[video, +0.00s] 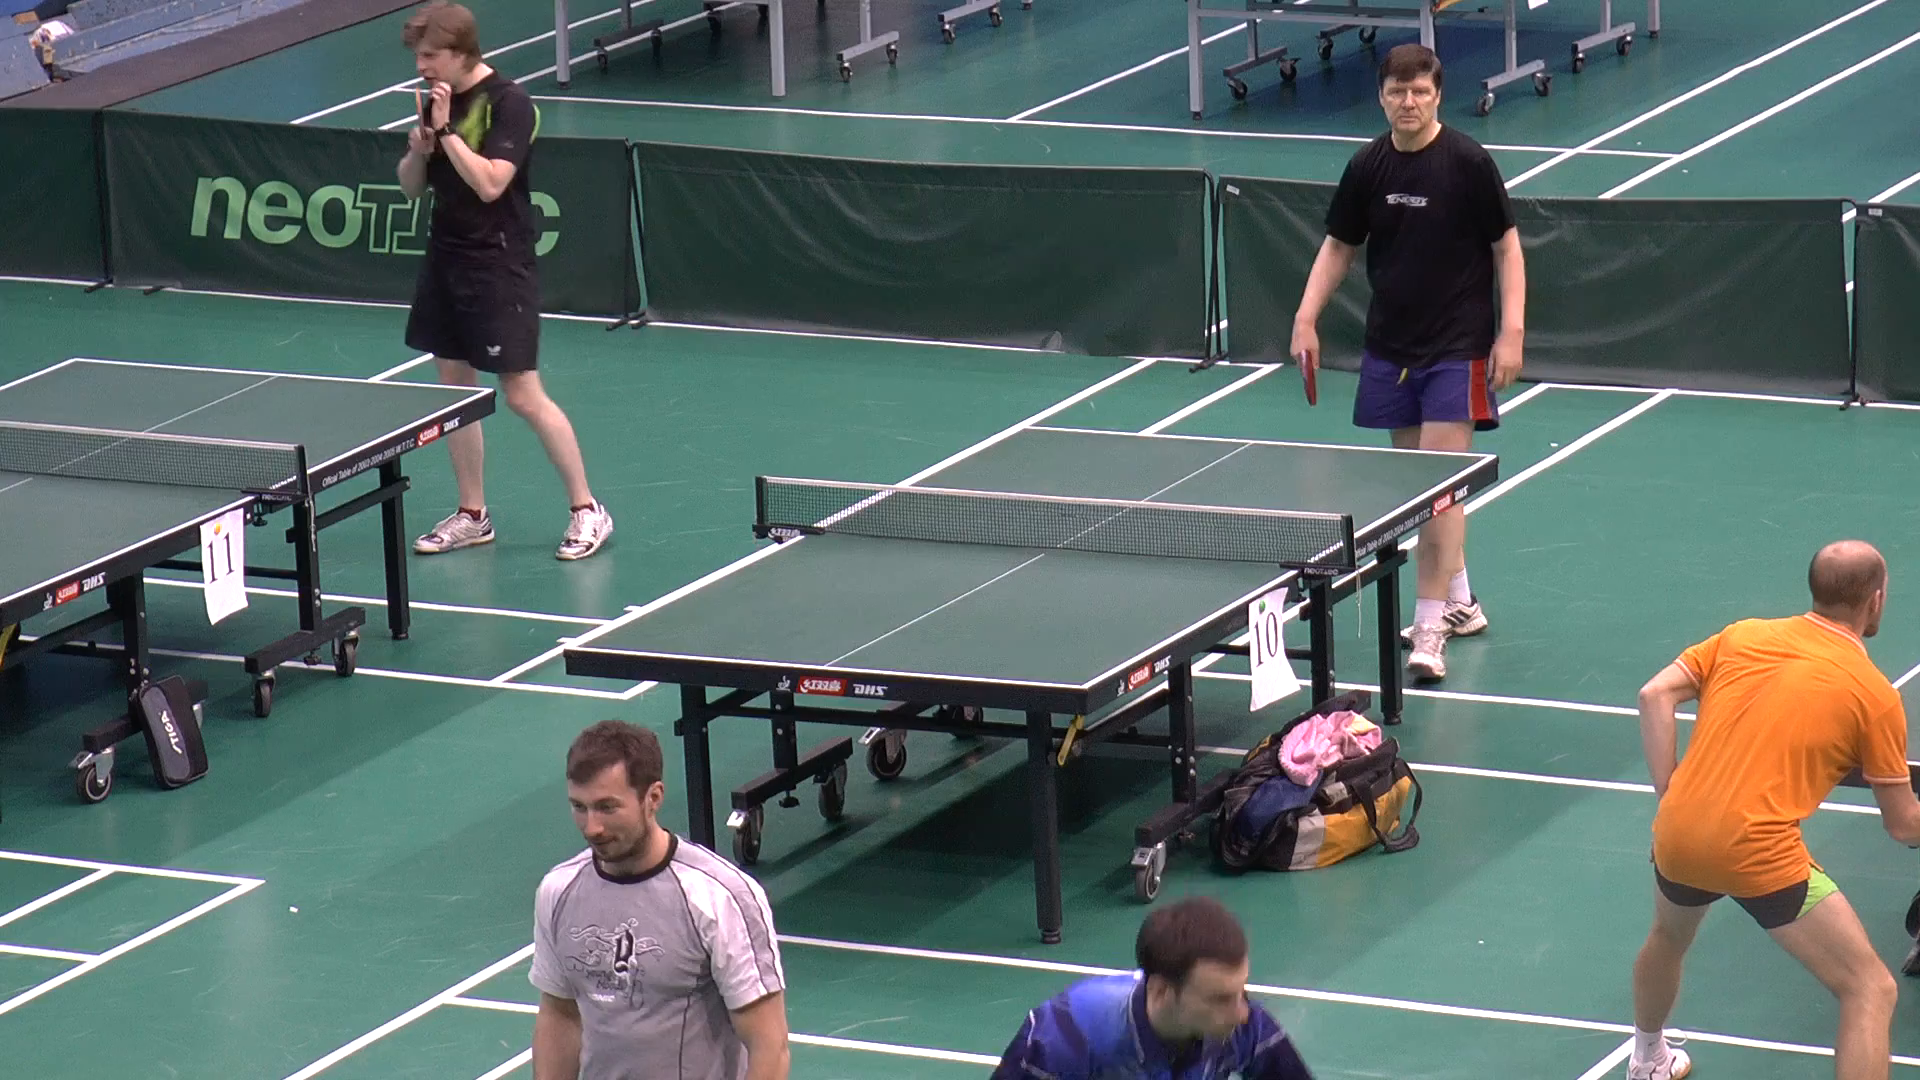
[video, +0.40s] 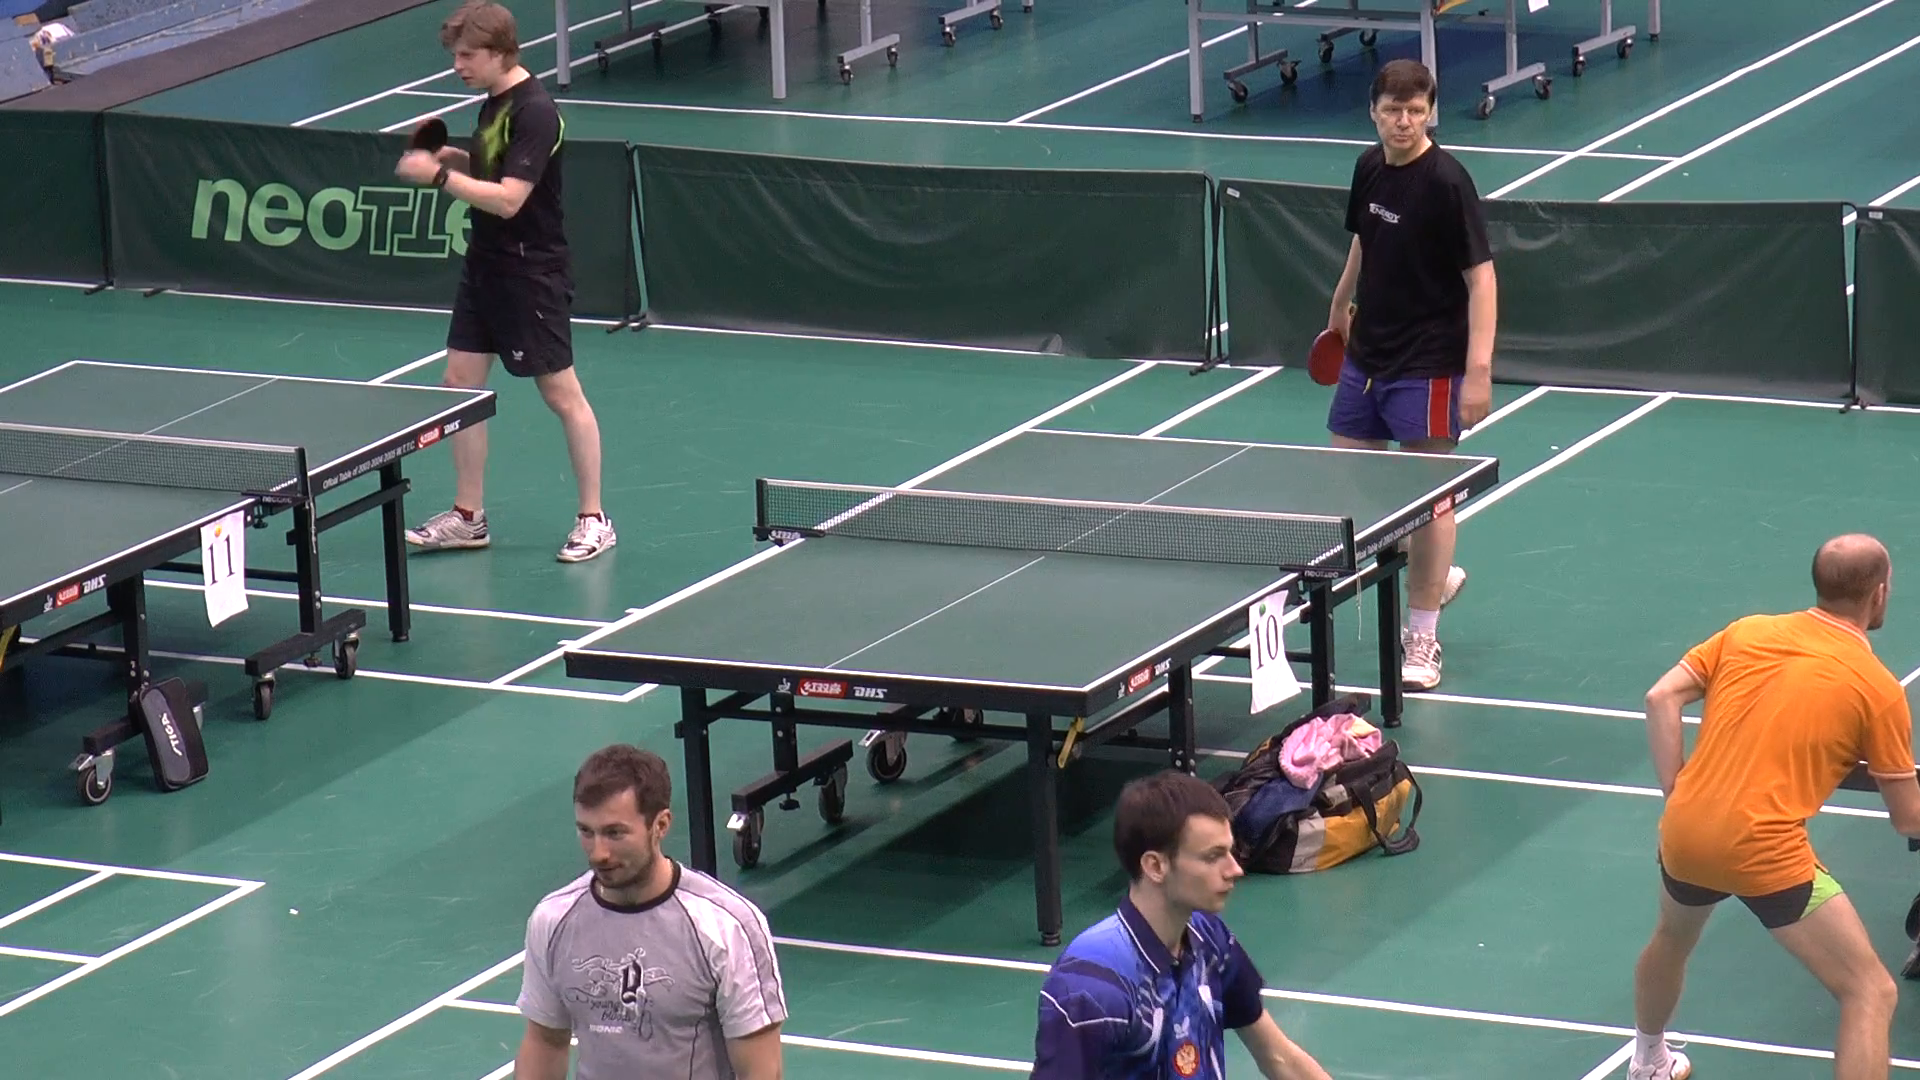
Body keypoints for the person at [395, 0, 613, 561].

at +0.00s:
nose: (424, 68)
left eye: (431, 57)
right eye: (419, 58)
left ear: (462, 51)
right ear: (422, 58)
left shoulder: (510, 102)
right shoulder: (437, 104)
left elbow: (490, 184)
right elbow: (409, 186)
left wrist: (444, 131)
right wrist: (420, 144)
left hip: (502, 267)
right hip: (448, 264)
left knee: (523, 395)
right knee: (455, 390)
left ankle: (587, 511)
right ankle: (472, 514)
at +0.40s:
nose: (460, 69)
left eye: (466, 58)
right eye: (457, 59)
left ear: (500, 52)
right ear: (478, 55)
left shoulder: (536, 110)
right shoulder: (496, 102)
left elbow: (509, 200)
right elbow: (491, 167)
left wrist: (437, 174)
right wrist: (448, 156)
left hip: (533, 272)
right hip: (485, 267)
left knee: (564, 395)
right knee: (462, 384)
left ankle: (593, 518)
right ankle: (469, 516)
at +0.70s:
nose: (404, 86)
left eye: (408, 75)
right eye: (402, 76)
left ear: (435, 70)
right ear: (439, 67)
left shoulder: (481, 118)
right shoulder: (468, 108)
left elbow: (432, 201)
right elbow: (466, 172)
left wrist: (358, 178)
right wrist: (407, 164)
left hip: (511, 280)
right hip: (468, 277)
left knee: (555, 403)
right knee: (437, 395)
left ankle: (594, 520)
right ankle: (430, 524)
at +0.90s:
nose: (357, 95)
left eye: (361, 84)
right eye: (355, 85)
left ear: (392, 78)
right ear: (389, 79)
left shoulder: (444, 118)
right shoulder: (410, 127)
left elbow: (430, 210)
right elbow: (420, 209)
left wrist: (348, 220)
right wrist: (347, 222)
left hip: (485, 276)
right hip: (436, 275)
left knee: (512, 409)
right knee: (414, 399)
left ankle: (589, 511)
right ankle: (427, 527)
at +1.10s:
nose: (343, 95)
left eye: (351, 84)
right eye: (338, 86)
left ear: (382, 77)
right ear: (342, 87)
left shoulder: (436, 116)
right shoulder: (361, 139)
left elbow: (456, 201)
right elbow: (341, 221)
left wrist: (381, 220)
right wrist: (307, 211)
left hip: (467, 269)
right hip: (411, 273)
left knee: (476, 407)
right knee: (395, 403)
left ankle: (539, 532)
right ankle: (425, 529)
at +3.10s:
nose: (314, 157)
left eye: (318, 145)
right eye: (310, 147)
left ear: (349, 131)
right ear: (344, 133)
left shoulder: (396, 163)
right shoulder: (373, 167)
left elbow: (429, 243)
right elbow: (366, 245)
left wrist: (356, 255)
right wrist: (291, 250)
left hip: (454, 312)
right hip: (414, 310)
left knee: (427, 443)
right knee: (373, 423)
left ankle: (509, 561)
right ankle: (350, 530)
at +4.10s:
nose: (344, 147)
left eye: (347, 135)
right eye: (340, 138)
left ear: (376, 120)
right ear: (377, 121)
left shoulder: (405, 163)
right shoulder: (430, 146)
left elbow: (431, 245)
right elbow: (437, 230)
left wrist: (365, 266)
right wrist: (375, 243)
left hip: (437, 319)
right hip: (427, 314)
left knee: (424, 454)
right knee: (375, 423)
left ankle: (514, 562)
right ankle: (353, 527)